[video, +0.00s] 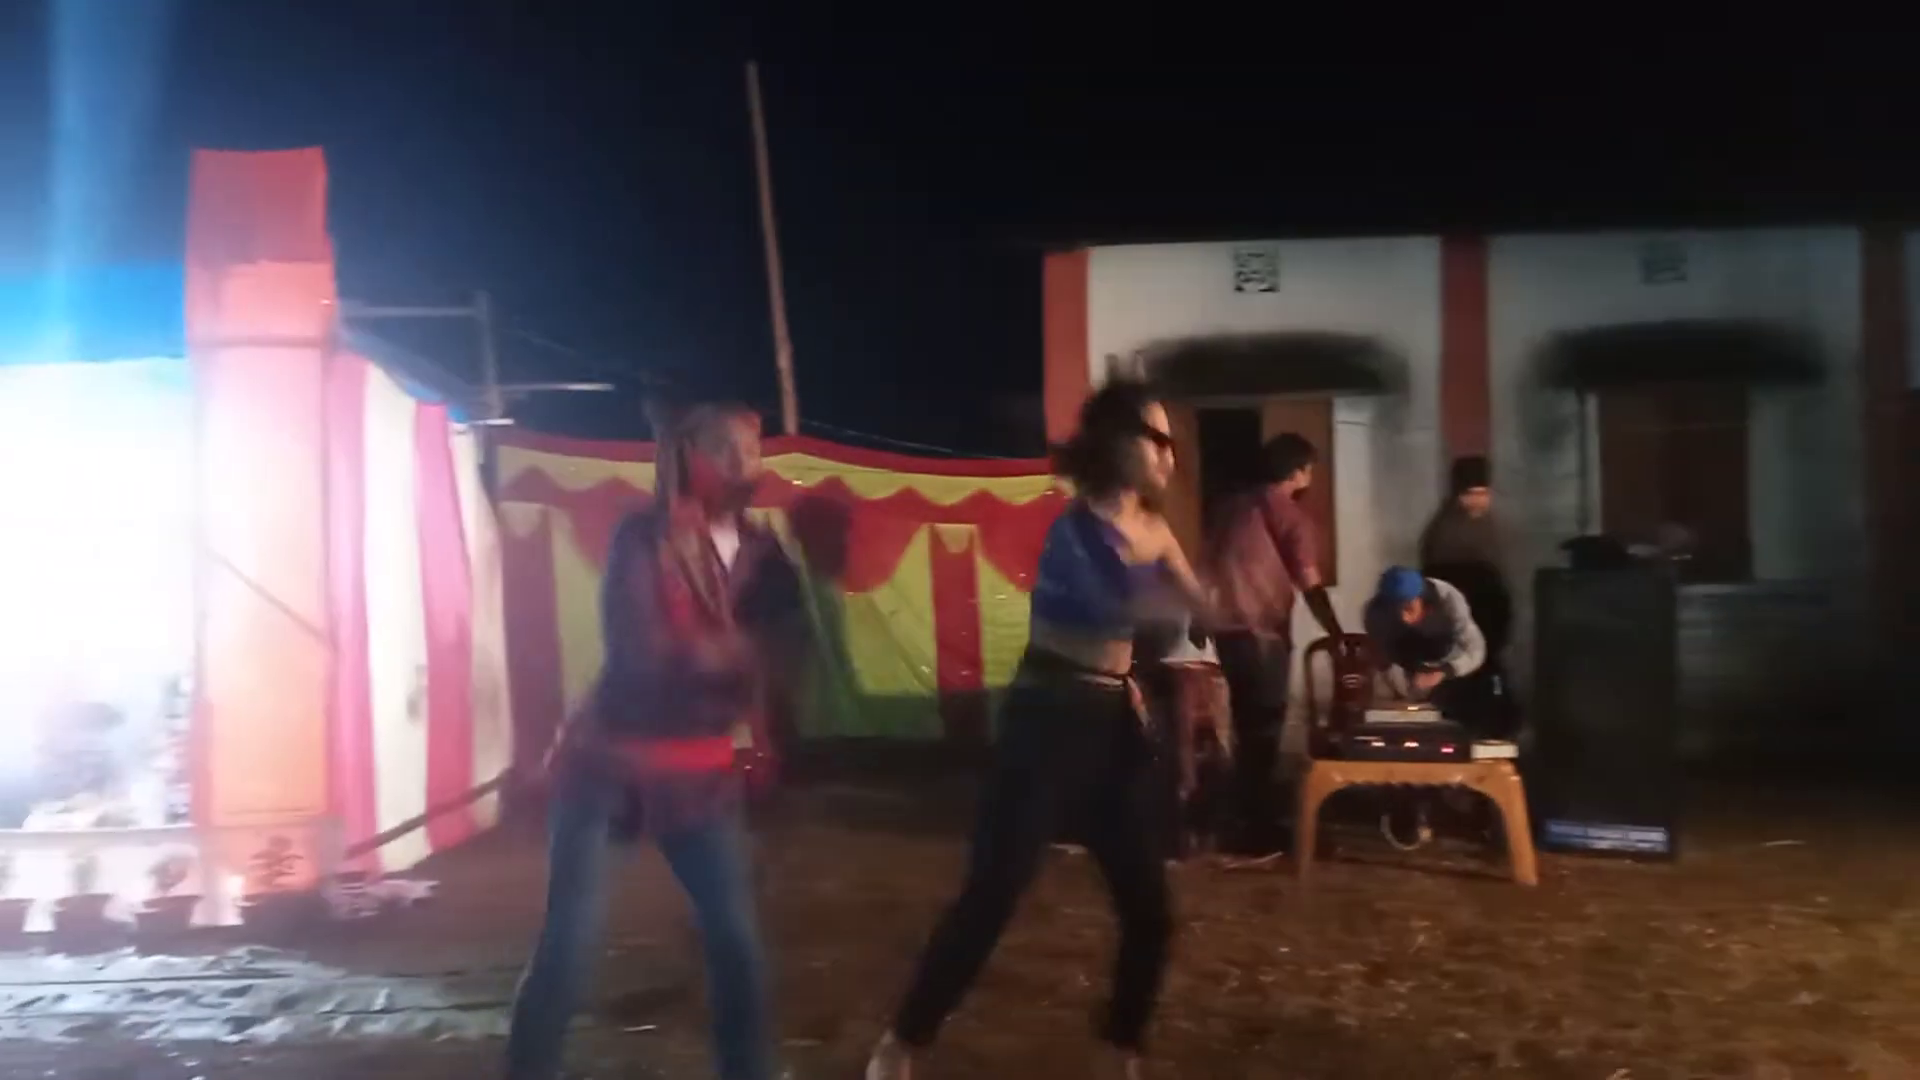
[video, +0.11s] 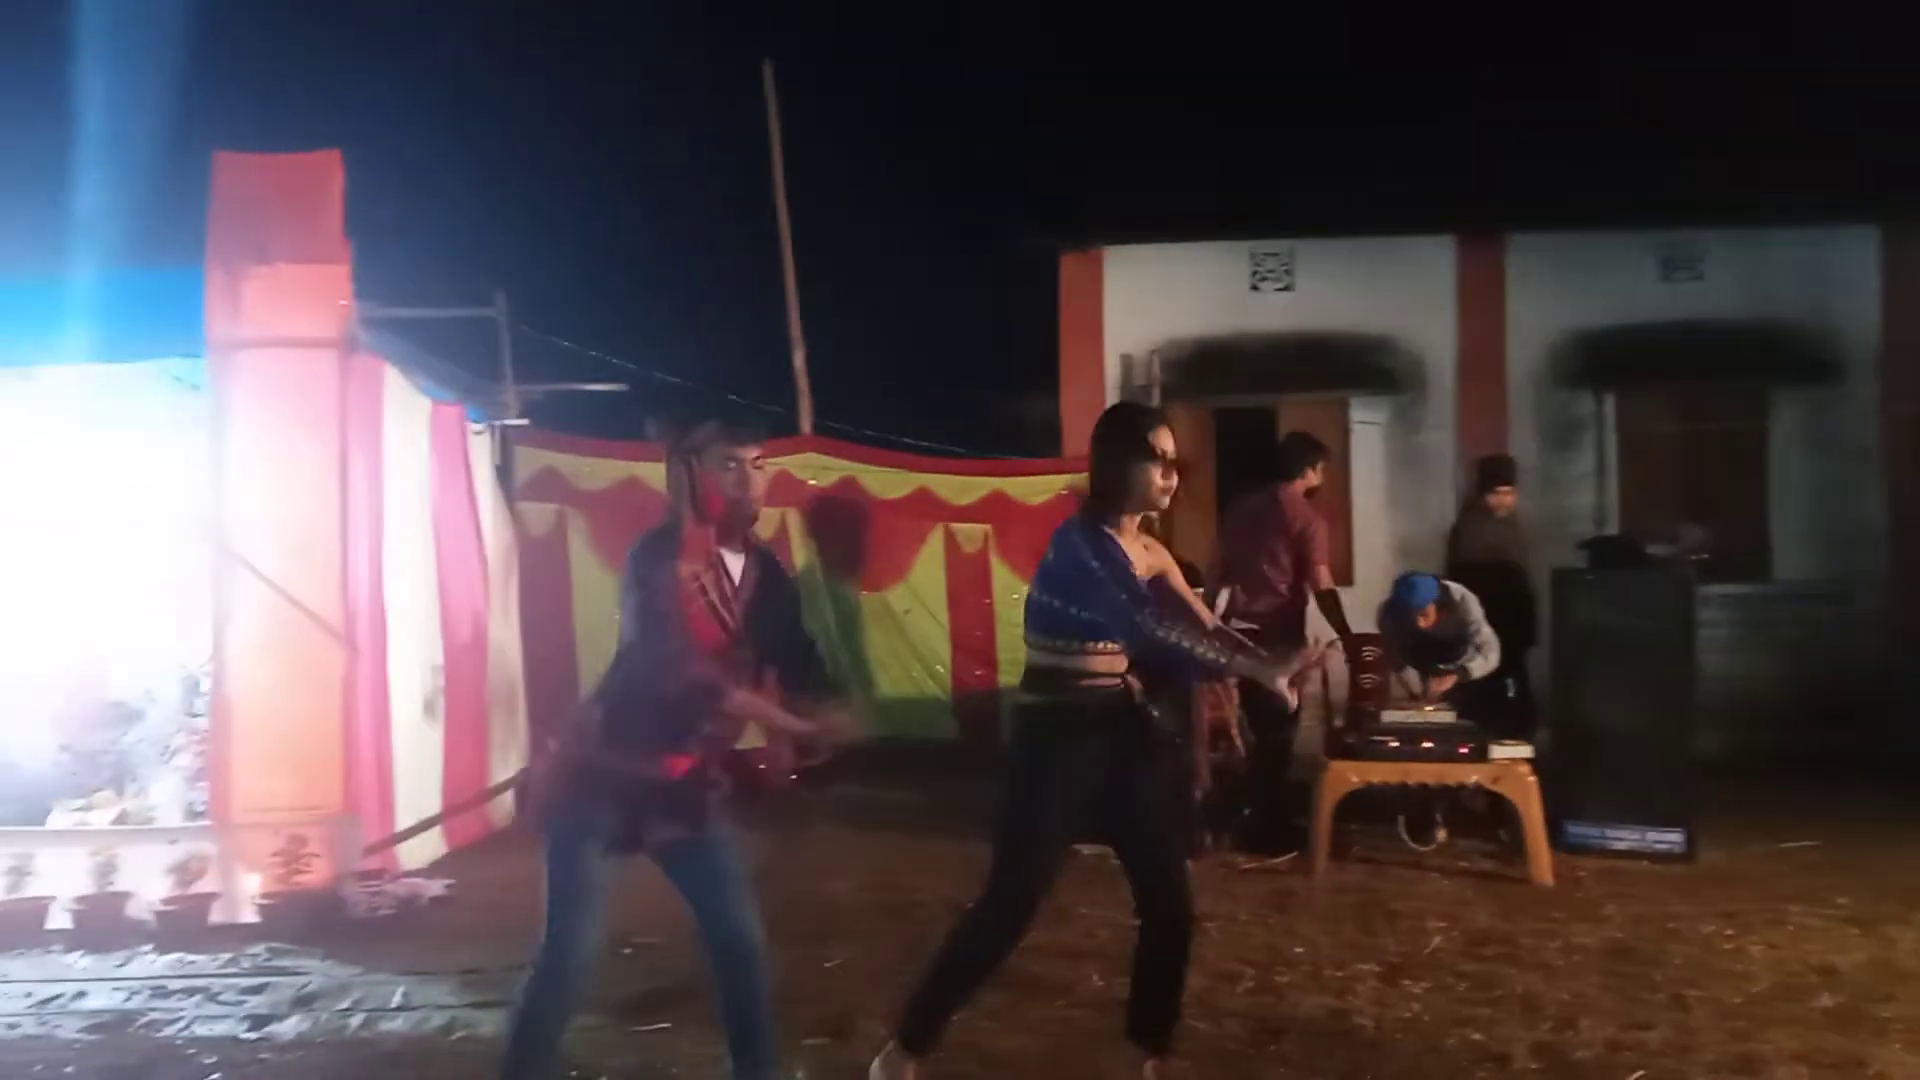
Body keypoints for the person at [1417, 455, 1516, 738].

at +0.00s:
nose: (1478, 501)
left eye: (1483, 493)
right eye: (1471, 494)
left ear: (1490, 493)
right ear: (1458, 494)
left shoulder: (1494, 527)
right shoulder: (1443, 533)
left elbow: (1504, 586)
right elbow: (1436, 587)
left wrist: (1494, 642)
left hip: (1490, 632)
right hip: (1452, 633)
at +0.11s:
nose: (1504, 500)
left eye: (1509, 493)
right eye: (1497, 493)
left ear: (1516, 493)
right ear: (1484, 494)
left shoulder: (1512, 525)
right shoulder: (1470, 530)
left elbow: (1522, 581)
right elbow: (1460, 584)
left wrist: (1528, 629)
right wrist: (1464, 627)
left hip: (1513, 628)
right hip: (1480, 629)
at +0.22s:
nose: (1533, 498)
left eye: (1538, 491)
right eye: (1526, 491)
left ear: (1544, 490)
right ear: (1512, 492)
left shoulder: (1539, 522)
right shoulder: (1494, 524)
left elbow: (1551, 574)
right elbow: (1484, 577)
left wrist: (1557, 622)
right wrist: (1488, 621)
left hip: (1538, 621)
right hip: (1503, 622)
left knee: (1538, 691)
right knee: (1503, 693)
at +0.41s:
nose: (1563, 493)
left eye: (1569, 486)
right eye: (1555, 486)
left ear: (1577, 487)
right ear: (1541, 485)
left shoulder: (1582, 524)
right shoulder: (1518, 524)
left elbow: (1592, 572)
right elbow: (1502, 573)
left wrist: (1588, 613)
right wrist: (1513, 611)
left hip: (1566, 616)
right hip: (1524, 616)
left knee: (1559, 684)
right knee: (1519, 685)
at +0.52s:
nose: (1577, 476)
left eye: (1584, 469)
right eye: (1570, 468)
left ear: (1592, 469)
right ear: (1556, 466)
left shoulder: (1598, 507)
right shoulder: (1530, 503)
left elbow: (1608, 557)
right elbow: (1515, 559)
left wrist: (1604, 596)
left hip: (1586, 600)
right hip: (1538, 598)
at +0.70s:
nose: (1591, 480)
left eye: (1597, 473)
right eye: (1583, 472)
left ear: (1603, 471)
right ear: (1569, 467)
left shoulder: (1597, 502)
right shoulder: (1547, 498)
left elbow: (1606, 549)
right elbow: (1524, 555)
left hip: (1587, 594)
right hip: (1552, 595)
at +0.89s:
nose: (1612, 486)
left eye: (1619, 480)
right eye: (1606, 478)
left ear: (1626, 479)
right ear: (1591, 473)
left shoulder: (1619, 510)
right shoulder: (1559, 507)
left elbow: (1625, 562)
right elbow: (1541, 561)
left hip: (1607, 609)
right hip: (1567, 610)